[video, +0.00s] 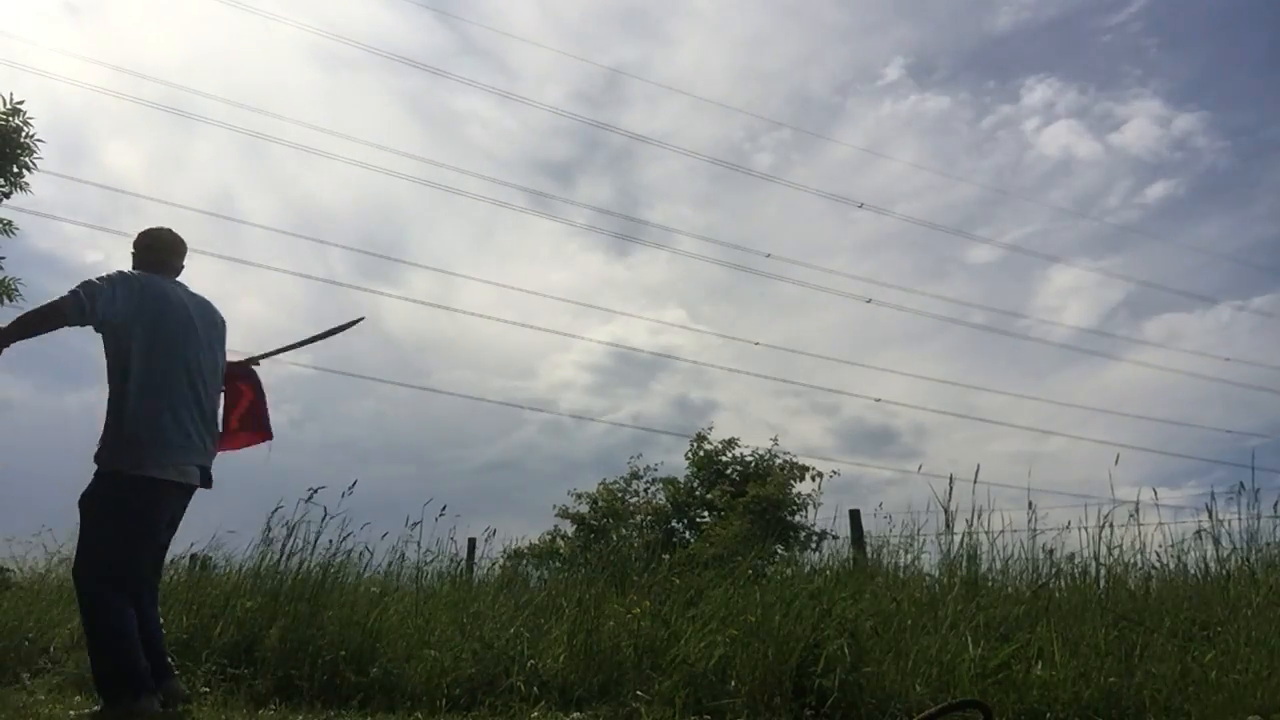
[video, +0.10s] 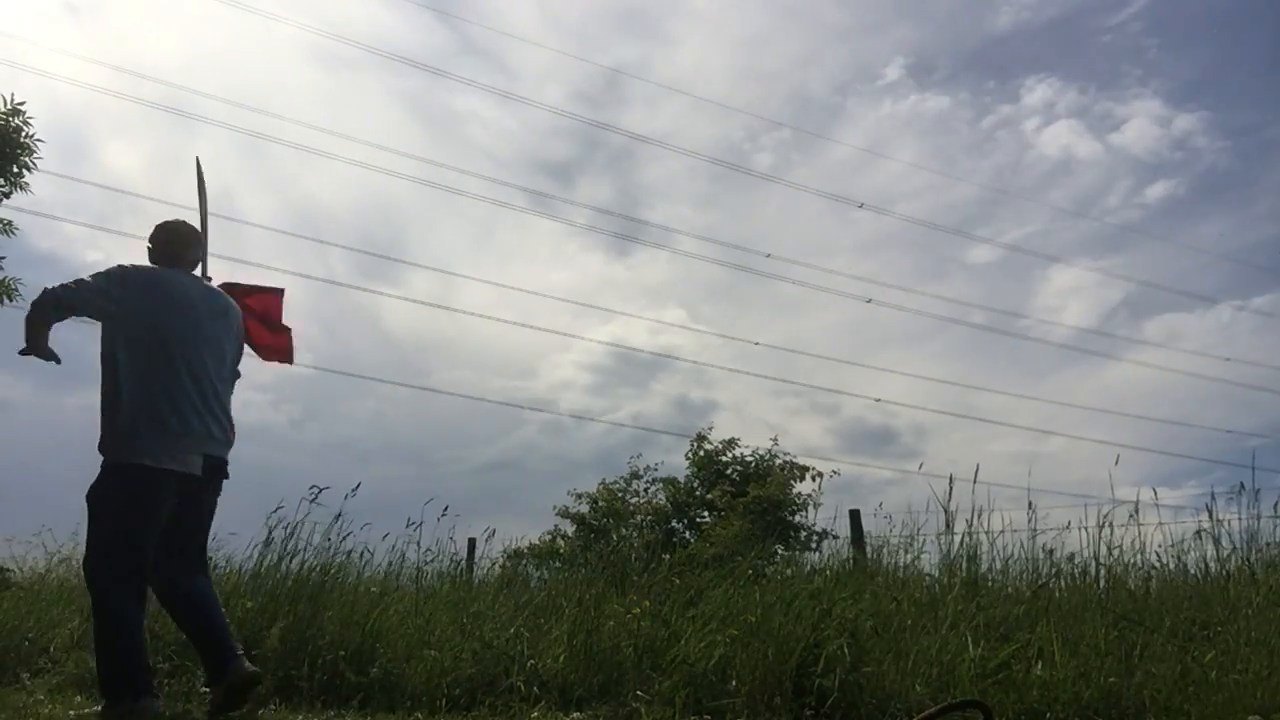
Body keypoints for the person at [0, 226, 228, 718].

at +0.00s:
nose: (132, 262)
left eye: (135, 256)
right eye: (139, 256)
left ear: (139, 256)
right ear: (180, 264)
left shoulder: (127, 286)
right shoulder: (210, 314)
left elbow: (64, 310)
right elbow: (210, 376)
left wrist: (7, 335)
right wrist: (236, 367)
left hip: (132, 460)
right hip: (186, 469)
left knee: (96, 574)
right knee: (140, 575)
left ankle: (127, 697)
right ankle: (162, 685)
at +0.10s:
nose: (153, 256)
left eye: (154, 250)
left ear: (152, 251)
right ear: (199, 260)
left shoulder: (129, 283)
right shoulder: (226, 307)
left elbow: (48, 303)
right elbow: (229, 372)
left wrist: (35, 343)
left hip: (137, 461)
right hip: (206, 466)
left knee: (112, 575)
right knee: (181, 567)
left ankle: (129, 699)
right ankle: (229, 669)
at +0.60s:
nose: (320, 264)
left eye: (316, 256)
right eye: (316, 256)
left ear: (266, 254)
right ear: (305, 252)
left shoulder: (226, 306)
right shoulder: (298, 275)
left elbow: (240, 396)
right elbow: (358, 277)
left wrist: (302, 381)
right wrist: (381, 356)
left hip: (208, 468)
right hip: (280, 458)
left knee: (180, 575)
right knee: (321, 562)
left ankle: (135, 689)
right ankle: (307, 695)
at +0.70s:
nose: (342, 270)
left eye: (342, 259)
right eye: (337, 256)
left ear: (294, 246)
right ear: (316, 246)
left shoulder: (255, 302)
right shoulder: (299, 268)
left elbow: (243, 389)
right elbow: (367, 240)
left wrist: (309, 410)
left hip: (225, 454)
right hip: (284, 446)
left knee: (188, 562)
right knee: (341, 553)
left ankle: (81, 683)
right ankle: (310, 694)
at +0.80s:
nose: (362, 270)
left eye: (361, 261)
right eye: (357, 262)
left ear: (306, 256)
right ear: (335, 255)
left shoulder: (261, 311)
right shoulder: (322, 279)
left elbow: (253, 404)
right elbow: (410, 246)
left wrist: (327, 412)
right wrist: (480, 216)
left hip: (225, 469)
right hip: (289, 461)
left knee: (162, 579)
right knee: (360, 557)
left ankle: (72, 685)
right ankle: (311, 696)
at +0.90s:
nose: (359, 263)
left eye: (357, 258)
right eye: (353, 253)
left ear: (304, 253)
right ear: (331, 252)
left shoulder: (261, 315)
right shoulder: (316, 274)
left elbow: (273, 409)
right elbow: (399, 242)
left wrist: (343, 389)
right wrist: (490, 243)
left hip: (223, 471)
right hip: (284, 460)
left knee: (166, 585)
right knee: (360, 560)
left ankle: (70, 695)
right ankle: (314, 699)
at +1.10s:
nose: (335, 262)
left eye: (335, 253)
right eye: (328, 250)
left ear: (285, 247)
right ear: (298, 246)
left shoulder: (252, 303)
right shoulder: (281, 285)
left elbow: (303, 392)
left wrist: (319, 352)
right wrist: (419, 339)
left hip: (219, 464)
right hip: (269, 459)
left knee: (176, 591)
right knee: (338, 557)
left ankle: (71, 697)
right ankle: (311, 699)